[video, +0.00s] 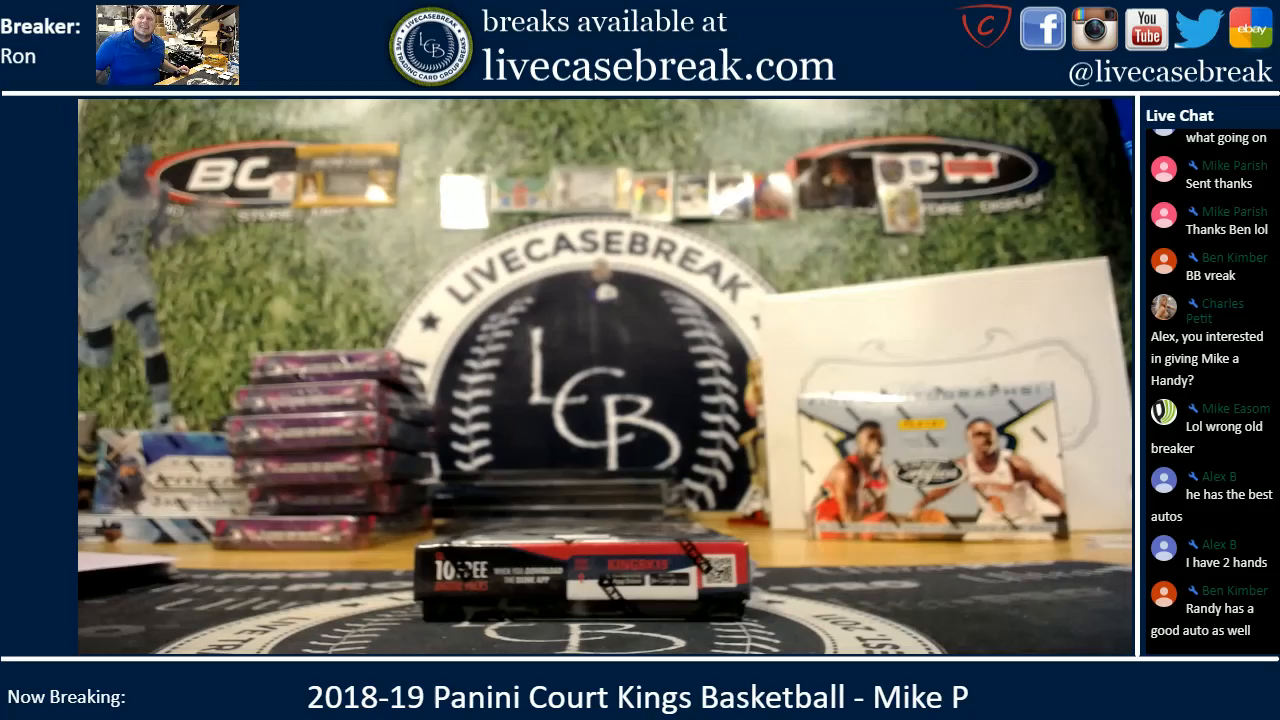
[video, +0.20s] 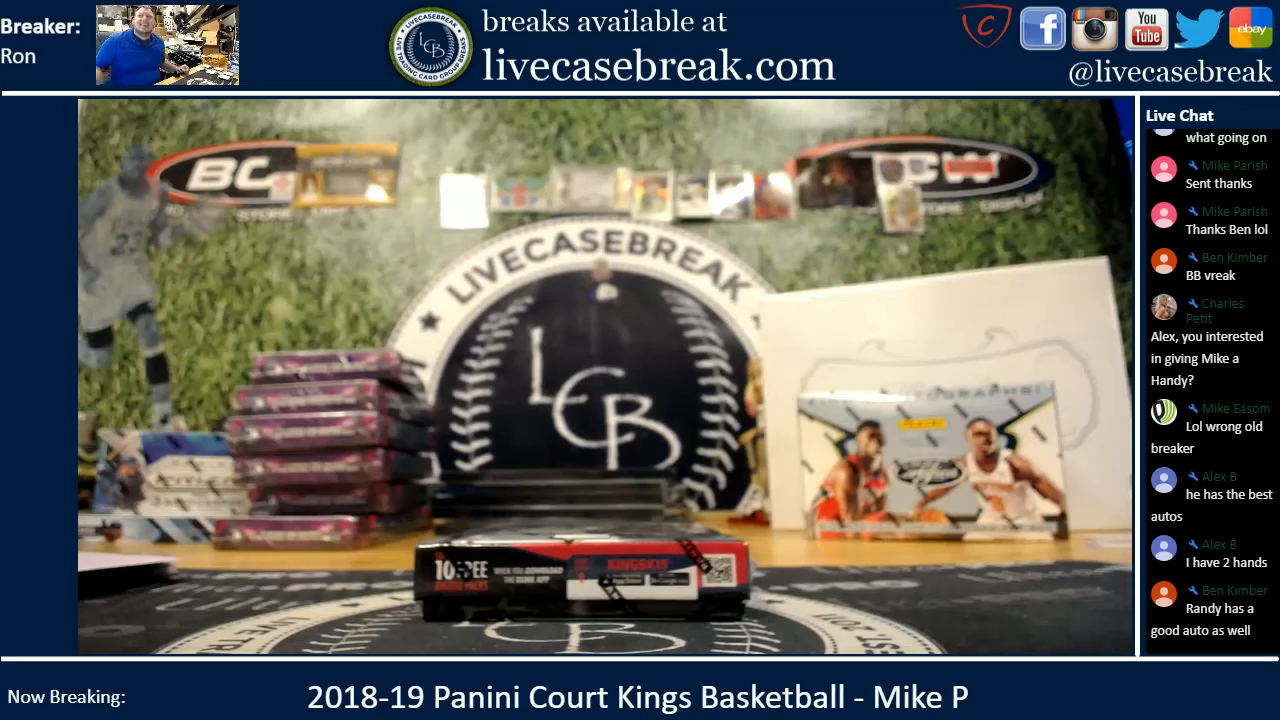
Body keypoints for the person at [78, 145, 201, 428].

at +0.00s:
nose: (136, 177)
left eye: (142, 172)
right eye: (131, 171)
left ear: (149, 172)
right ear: (122, 170)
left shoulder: (156, 197)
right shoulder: (106, 196)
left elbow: (159, 236)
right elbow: (76, 233)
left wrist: (187, 228)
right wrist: (85, 267)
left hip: (133, 272)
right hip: (95, 276)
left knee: (150, 334)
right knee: (100, 357)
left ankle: (163, 414)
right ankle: (74, 345)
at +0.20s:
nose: (135, 175)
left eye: (141, 170)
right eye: (131, 169)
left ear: (149, 171)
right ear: (122, 168)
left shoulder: (156, 196)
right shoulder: (106, 196)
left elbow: (158, 236)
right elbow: (75, 232)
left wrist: (185, 228)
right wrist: (84, 267)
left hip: (133, 271)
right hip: (95, 275)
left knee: (150, 332)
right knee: (101, 357)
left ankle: (162, 413)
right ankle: (73, 345)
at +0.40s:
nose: (135, 176)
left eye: (141, 171)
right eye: (131, 170)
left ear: (149, 172)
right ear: (122, 168)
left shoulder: (156, 198)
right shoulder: (106, 195)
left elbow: (158, 238)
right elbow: (76, 231)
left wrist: (184, 228)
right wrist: (84, 267)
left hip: (133, 272)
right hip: (95, 276)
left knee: (149, 331)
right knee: (100, 357)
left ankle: (162, 411)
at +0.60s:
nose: (133, 176)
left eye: (139, 171)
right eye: (129, 170)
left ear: (147, 170)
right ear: (121, 168)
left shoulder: (155, 197)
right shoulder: (105, 195)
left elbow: (159, 235)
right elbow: (76, 233)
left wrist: (190, 226)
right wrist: (85, 268)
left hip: (133, 270)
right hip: (95, 275)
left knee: (149, 331)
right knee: (100, 356)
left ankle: (162, 411)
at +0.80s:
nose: (135, 175)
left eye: (141, 170)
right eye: (130, 169)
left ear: (149, 171)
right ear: (122, 168)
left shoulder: (156, 196)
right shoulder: (106, 195)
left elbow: (157, 236)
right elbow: (76, 231)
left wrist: (184, 228)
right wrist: (85, 267)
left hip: (133, 272)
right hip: (95, 275)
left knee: (149, 331)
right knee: (100, 357)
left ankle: (162, 411)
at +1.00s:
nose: (135, 175)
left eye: (141, 170)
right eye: (131, 169)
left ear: (149, 171)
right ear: (122, 167)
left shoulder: (156, 196)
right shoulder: (105, 195)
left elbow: (157, 236)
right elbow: (76, 232)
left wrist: (185, 228)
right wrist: (85, 267)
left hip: (133, 271)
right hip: (96, 275)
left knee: (149, 331)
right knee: (100, 357)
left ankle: (162, 411)